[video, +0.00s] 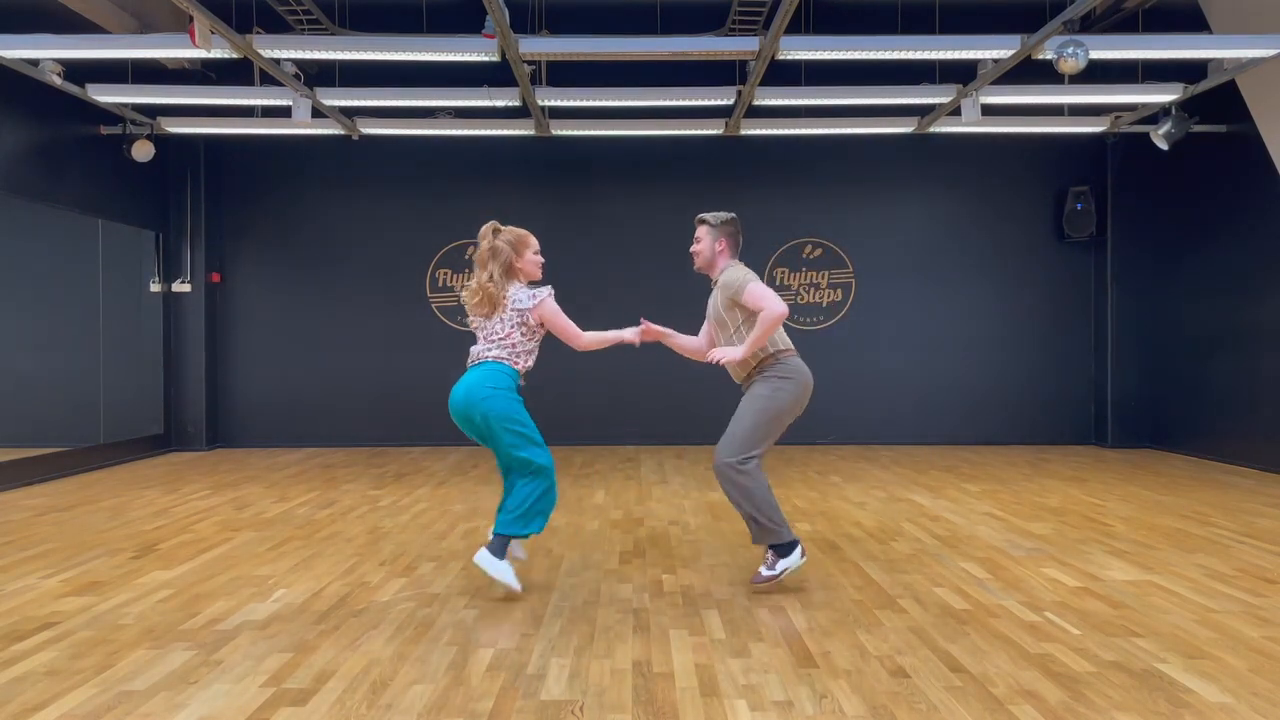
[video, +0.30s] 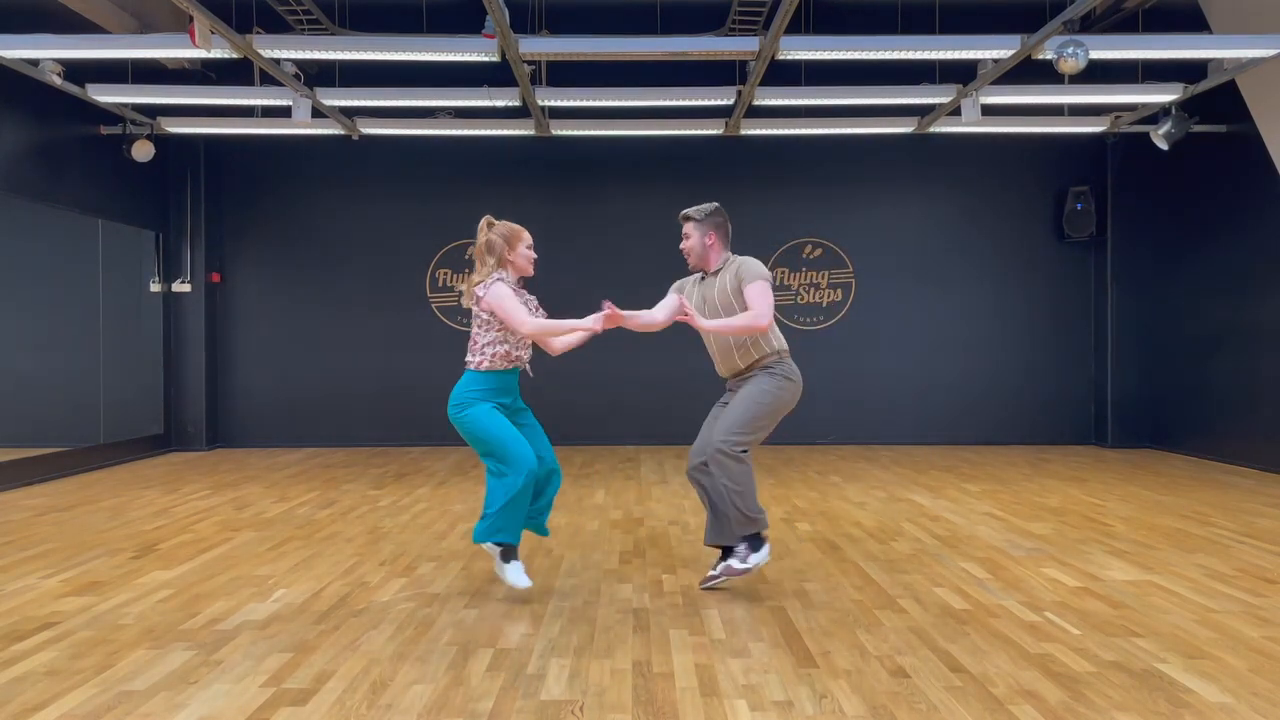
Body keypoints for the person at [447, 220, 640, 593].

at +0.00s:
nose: (542, 258)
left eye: (540, 252)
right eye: (535, 253)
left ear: (507, 263)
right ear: (514, 261)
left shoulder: (488, 296)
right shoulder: (536, 299)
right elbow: (581, 340)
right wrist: (624, 335)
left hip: (464, 393)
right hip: (494, 390)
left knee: (516, 463)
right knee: (538, 467)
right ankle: (495, 551)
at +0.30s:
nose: (535, 253)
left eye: (533, 247)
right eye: (528, 248)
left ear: (516, 253)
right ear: (507, 254)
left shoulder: (525, 300)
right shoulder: (493, 288)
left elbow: (555, 345)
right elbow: (526, 326)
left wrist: (594, 326)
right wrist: (584, 323)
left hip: (510, 398)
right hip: (474, 399)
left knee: (546, 466)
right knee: (522, 462)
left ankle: (503, 536)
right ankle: (505, 549)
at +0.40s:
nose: (533, 263)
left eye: (532, 256)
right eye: (527, 257)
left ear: (508, 263)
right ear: (504, 261)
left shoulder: (531, 306)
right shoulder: (481, 301)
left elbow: (562, 351)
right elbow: (516, 333)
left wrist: (598, 373)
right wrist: (573, 329)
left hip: (522, 402)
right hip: (483, 405)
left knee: (533, 476)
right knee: (517, 472)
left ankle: (508, 549)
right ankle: (503, 559)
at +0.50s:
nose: (535, 258)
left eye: (534, 251)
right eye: (529, 252)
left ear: (512, 258)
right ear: (508, 257)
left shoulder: (524, 301)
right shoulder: (499, 296)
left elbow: (532, 362)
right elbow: (554, 319)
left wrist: (557, 397)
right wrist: (608, 311)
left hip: (520, 401)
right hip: (487, 404)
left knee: (542, 481)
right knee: (521, 484)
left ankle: (512, 550)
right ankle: (490, 567)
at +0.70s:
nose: (548, 267)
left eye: (545, 261)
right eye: (540, 263)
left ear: (515, 276)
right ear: (517, 274)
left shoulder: (488, 311)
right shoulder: (546, 311)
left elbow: (476, 366)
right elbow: (596, 347)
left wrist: (495, 400)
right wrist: (637, 336)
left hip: (490, 407)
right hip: (524, 405)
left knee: (543, 468)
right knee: (517, 494)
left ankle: (530, 552)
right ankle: (468, 578)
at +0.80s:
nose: (550, 267)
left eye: (549, 261)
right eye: (542, 262)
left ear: (521, 271)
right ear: (520, 270)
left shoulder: (503, 308)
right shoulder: (538, 305)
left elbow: (494, 366)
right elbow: (591, 323)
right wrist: (620, 299)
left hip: (499, 403)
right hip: (517, 404)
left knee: (547, 479)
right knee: (523, 490)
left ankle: (530, 554)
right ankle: (471, 579)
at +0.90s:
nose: (551, 263)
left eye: (551, 256)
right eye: (543, 256)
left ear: (546, 262)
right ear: (517, 261)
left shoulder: (546, 307)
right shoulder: (502, 295)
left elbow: (555, 359)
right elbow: (519, 258)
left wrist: (555, 398)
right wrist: (564, 216)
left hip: (537, 406)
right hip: (495, 406)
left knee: (553, 481)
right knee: (516, 485)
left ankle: (536, 538)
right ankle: (506, 569)